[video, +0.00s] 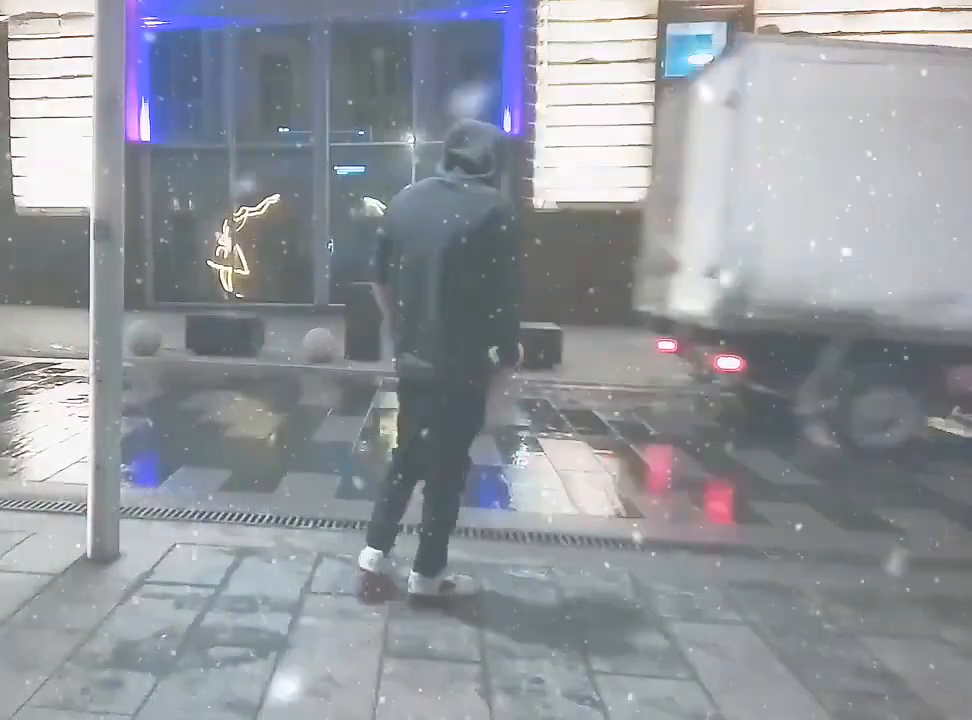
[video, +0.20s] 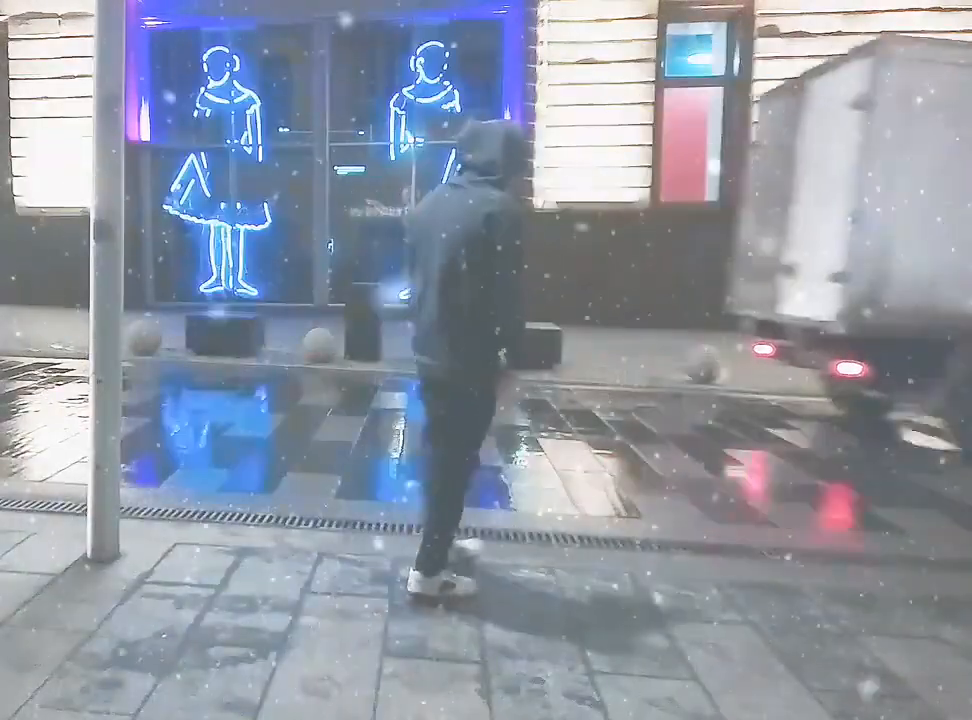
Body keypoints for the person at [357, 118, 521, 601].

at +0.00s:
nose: (499, 172)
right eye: (497, 165)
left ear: (448, 157)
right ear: (490, 163)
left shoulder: (407, 198)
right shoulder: (495, 211)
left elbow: (379, 274)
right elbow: (508, 296)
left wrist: (400, 329)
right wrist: (506, 357)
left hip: (413, 353)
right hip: (463, 358)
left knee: (406, 456)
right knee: (448, 468)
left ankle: (373, 555)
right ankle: (426, 574)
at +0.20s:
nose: (524, 176)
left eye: (524, 167)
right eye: (521, 167)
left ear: (468, 158)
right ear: (505, 164)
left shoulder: (428, 203)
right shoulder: (500, 210)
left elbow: (420, 276)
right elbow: (506, 289)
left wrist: (432, 324)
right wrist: (514, 353)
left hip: (428, 346)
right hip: (472, 352)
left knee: (442, 447)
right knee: (457, 456)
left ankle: (443, 536)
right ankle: (428, 569)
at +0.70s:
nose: (556, 165)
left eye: (559, 155)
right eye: (549, 155)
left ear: (552, 159)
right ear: (523, 156)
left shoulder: (527, 208)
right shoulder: (495, 211)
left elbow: (531, 286)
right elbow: (491, 293)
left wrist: (552, 329)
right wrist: (512, 354)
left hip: (523, 349)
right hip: (496, 351)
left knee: (518, 454)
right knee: (513, 460)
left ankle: (509, 550)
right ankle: (442, 547)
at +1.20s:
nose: (564, 162)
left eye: (572, 153)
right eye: (553, 153)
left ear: (581, 161)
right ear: (532, 158)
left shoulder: (585, 220)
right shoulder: (502, 214)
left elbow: (602, 286)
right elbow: (472, 289)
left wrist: (617, 336)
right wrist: (459, 353)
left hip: (566, 355)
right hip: (517, 354)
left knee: (545, 466)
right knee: (534, 467)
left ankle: (509, 549)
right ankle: (537, 575)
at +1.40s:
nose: (563, 158)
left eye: (572, 149)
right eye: (553, 149)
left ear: (582, 157)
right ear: (532, 154)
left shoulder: (592, 220)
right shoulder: (502, 213)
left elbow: (605, 292)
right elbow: (478, 290)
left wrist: (605, 353)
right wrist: (478, 357)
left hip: (575, 358)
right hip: (520, 358)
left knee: (575, 458)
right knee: (532, 466)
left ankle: (520, 540)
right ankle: (538, 576)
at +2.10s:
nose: (574, 150)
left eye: (585, 140)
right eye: (564, 140)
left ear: (602, 148)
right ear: (546, 147)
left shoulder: (627, 214)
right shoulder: (517, 210)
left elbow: (647, 292)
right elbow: (491, 290)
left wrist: (626, 359)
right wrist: (479, 361)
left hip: (599, 375)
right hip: (532, 374)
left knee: (603, 498)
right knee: (535, 488)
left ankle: (612, 618)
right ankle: (538, 579)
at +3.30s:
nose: (535, 150)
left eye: (545, 138)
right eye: (528, 139)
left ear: (577, 136)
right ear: (521, 143)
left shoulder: (623, 206)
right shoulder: (517, 204)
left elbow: (640, 295)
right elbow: (488, 285)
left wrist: (597, 359)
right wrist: (465, 346)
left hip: (570, 390)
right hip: (506, 386)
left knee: (579, 514)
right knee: (505, 508)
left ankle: (613, 615)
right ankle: (514, 619)